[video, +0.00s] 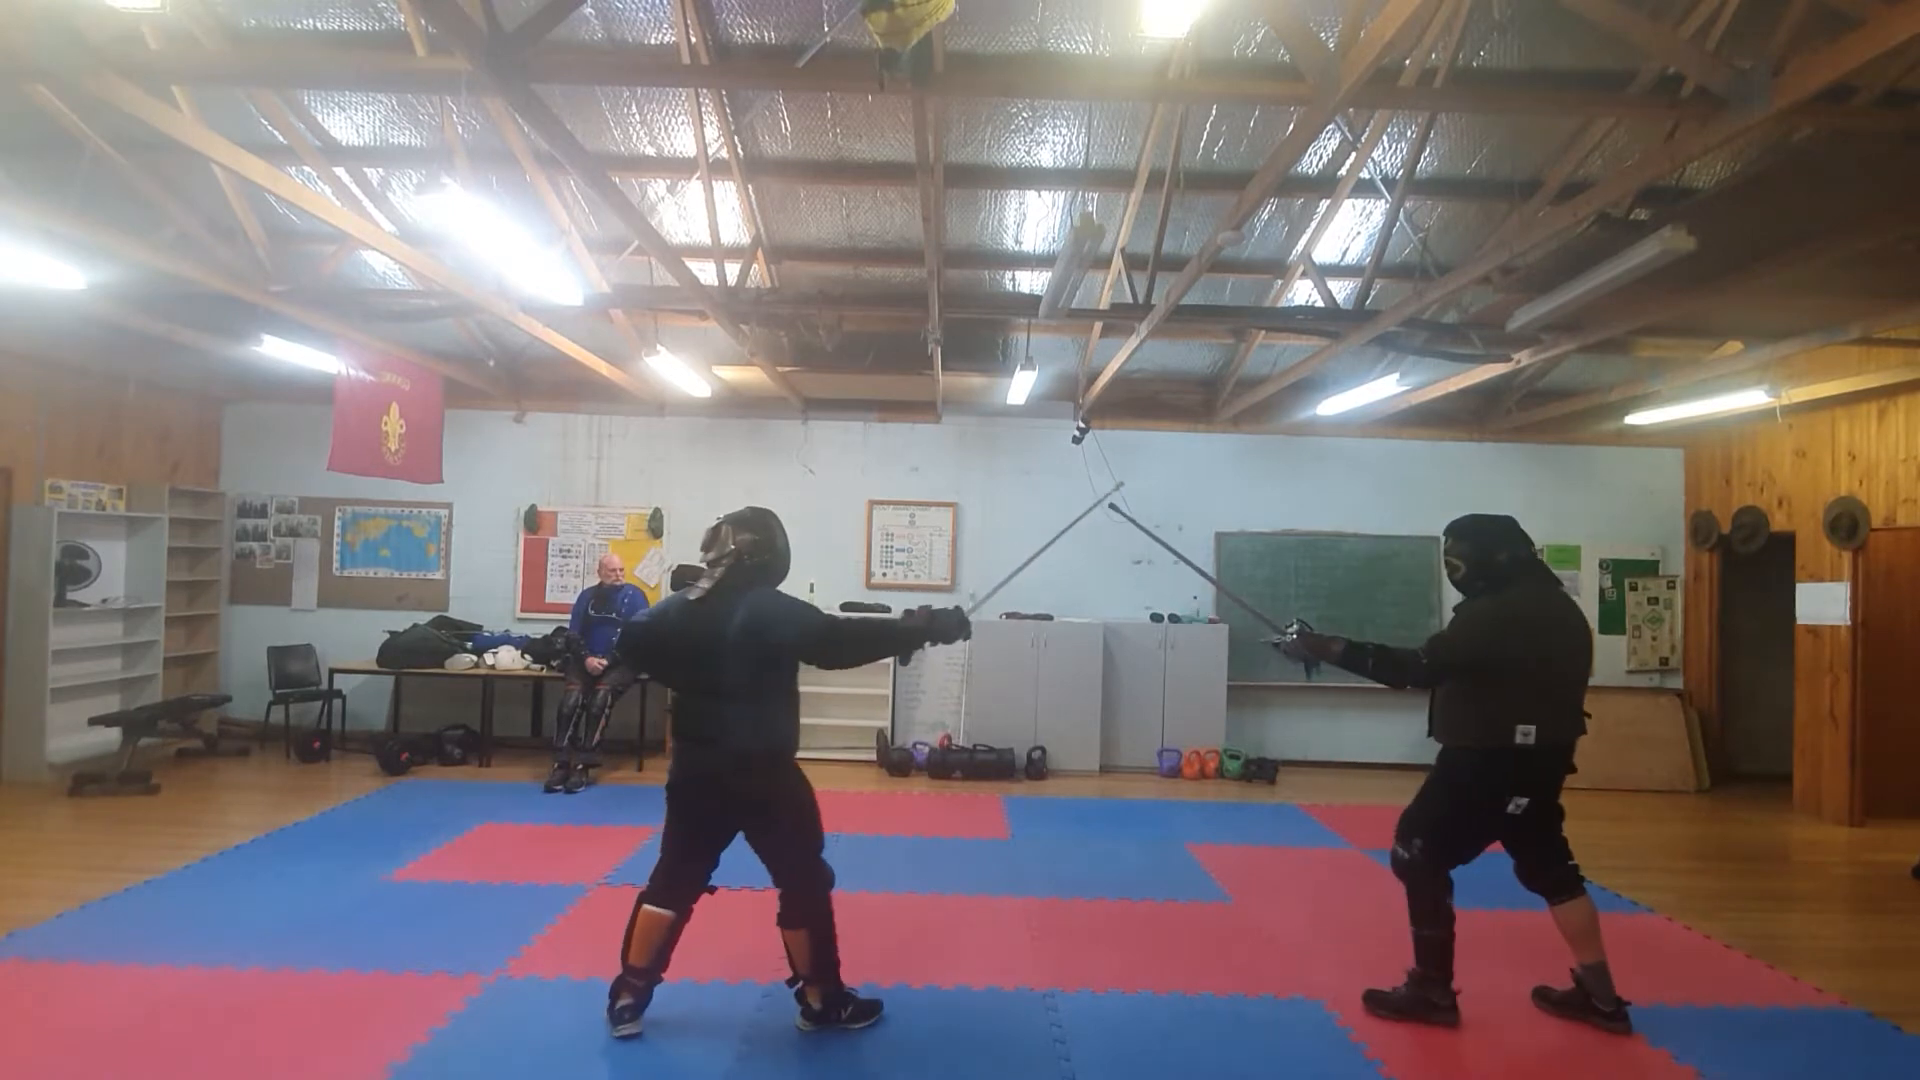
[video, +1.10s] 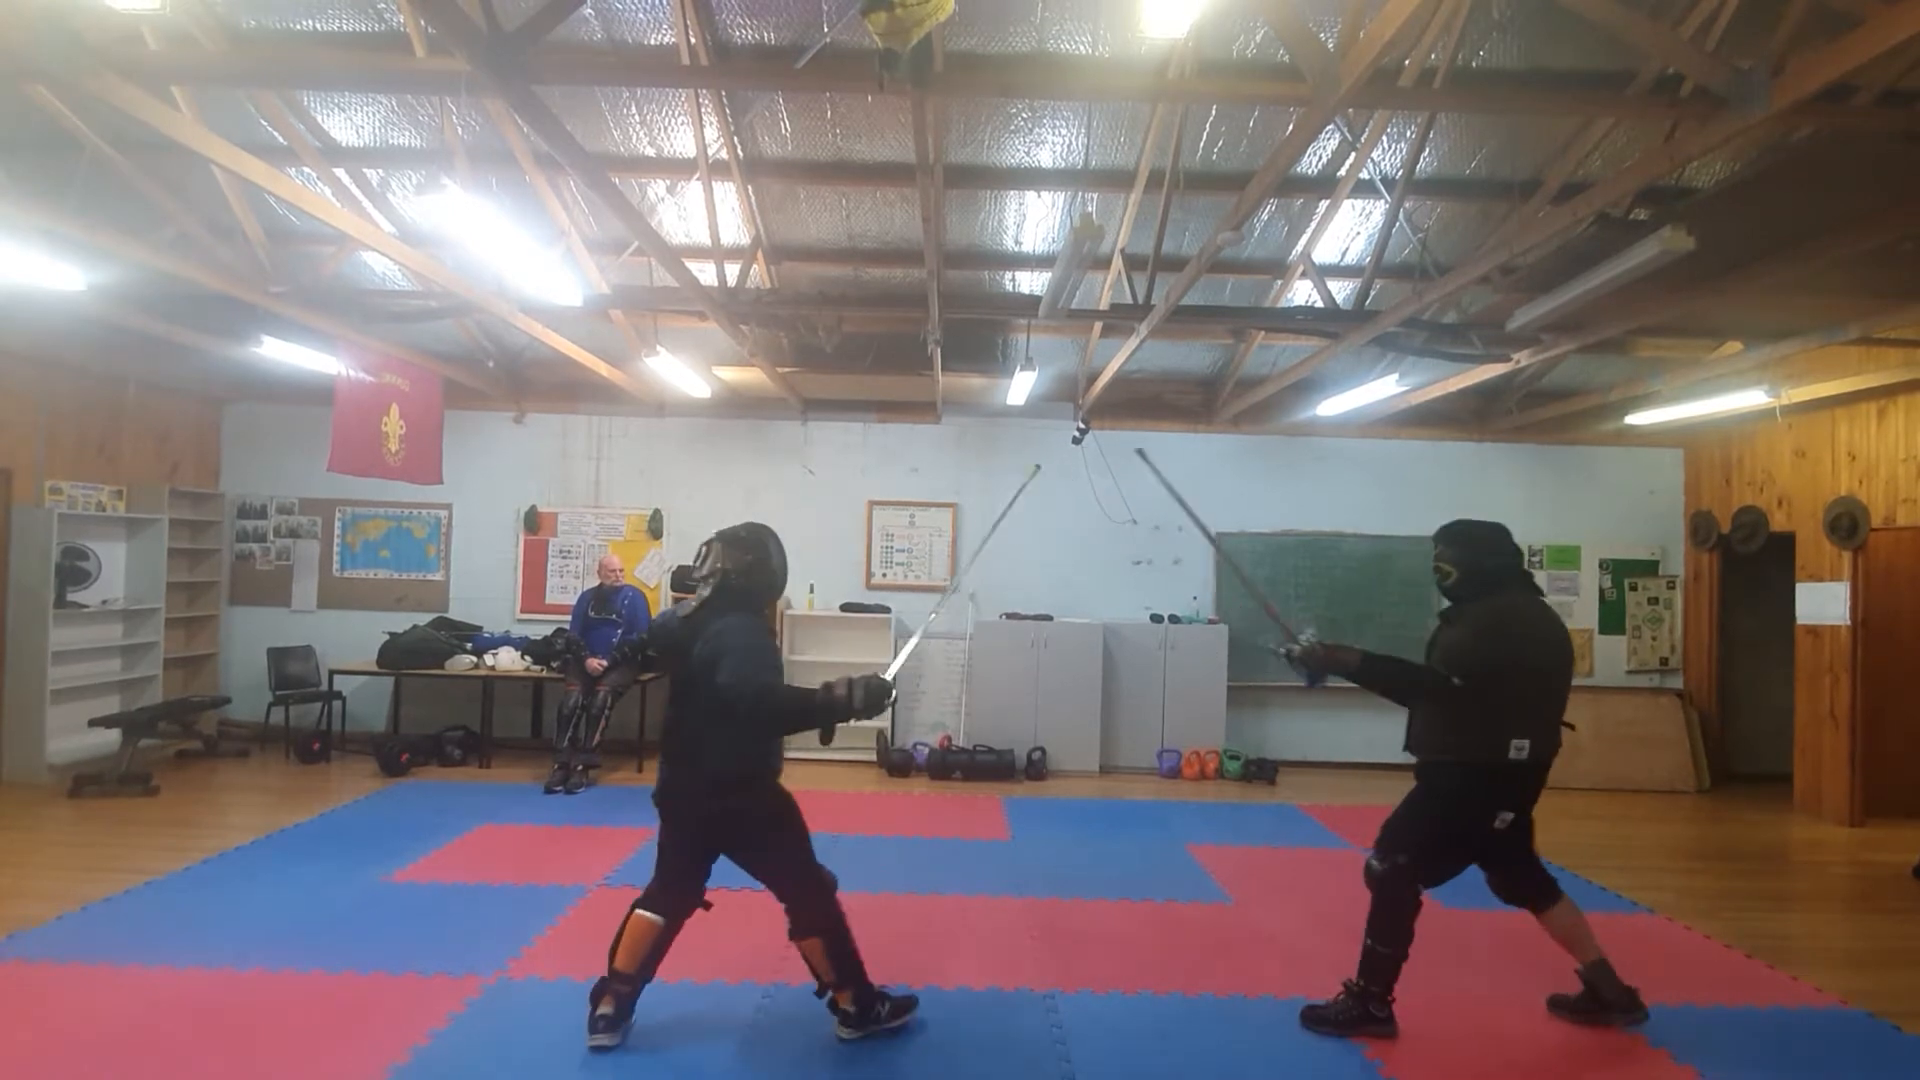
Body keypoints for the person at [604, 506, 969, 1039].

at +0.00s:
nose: (782, 566)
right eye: (779, 556)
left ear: (714, 555)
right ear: (772, 558)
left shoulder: (678, 615)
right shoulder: (779, 613)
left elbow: (632, 641)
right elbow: (840, 643)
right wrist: (922, 628)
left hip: (696, 781)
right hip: (770, 780)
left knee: (674, 878)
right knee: (804, 881)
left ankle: (628, 997)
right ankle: (821, 999)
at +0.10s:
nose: (793, 568)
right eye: (791, 558)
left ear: (726, 553)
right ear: (783, 557)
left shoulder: (687, 614)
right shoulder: (790, 610)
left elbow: (638, 644)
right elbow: (852, 638)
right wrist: (934, 622)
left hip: (711, 781)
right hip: (783, 779)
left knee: (685, 876)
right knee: (815, 879)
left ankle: (637, 993)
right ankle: (822, 999)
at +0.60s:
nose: (813, 568)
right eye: (810, 558)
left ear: (744, 556)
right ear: (802, 560)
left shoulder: (707, 613)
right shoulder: (805, 610)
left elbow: (663, 633)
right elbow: (871, 623)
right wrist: (953, 605)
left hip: (721, 781)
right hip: (792, 779)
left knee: (710, 880)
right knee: (852, 868)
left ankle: (670, 1000)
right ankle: (852, 997)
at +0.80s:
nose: (824, 572)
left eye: (821, 563)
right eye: (822, 563)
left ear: (762, 559)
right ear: (813, 565)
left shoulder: (729, 616)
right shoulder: (806, 624)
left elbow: (685, 631)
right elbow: (846, 699)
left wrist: (736, 598)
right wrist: (917, 671)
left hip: (737, 782)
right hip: (803, 784)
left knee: (722, 872)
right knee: (863, 876)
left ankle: (658, 983)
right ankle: (869, 1005)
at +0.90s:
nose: (813, 577)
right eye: (810, 567)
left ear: (747, 564)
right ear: (802, 571)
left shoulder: (719, 622)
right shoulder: (791, 630)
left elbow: (686, 632)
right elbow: (819, 714)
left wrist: (718, 605)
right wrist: (897, 700)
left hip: (728, 788)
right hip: (795, 790)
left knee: (706, 882)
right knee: (857, 881)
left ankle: (634, 984)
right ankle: (866, 1006)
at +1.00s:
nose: (795, 584)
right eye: (791, 574)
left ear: (730, 570)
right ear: (782, 577)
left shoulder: (700, 629)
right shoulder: (766, 640)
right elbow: (781, 714)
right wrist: (862, 698)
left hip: (706, 794)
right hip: (771, 797)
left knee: (680, 893)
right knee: (837, 889)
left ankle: (617, 1001)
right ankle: (866, 1007)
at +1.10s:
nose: (779, 587)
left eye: (778, 576)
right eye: (778, 575)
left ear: (716, 570)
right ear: (766, 576)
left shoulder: (694, 622)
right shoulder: (742, 631)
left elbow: (654, 642)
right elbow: (751, 702)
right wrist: (841, 700)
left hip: (684, 795)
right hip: (745, 797)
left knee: (670, 892)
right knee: (808, 893)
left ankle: (612, 1004)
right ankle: (855, 1004)